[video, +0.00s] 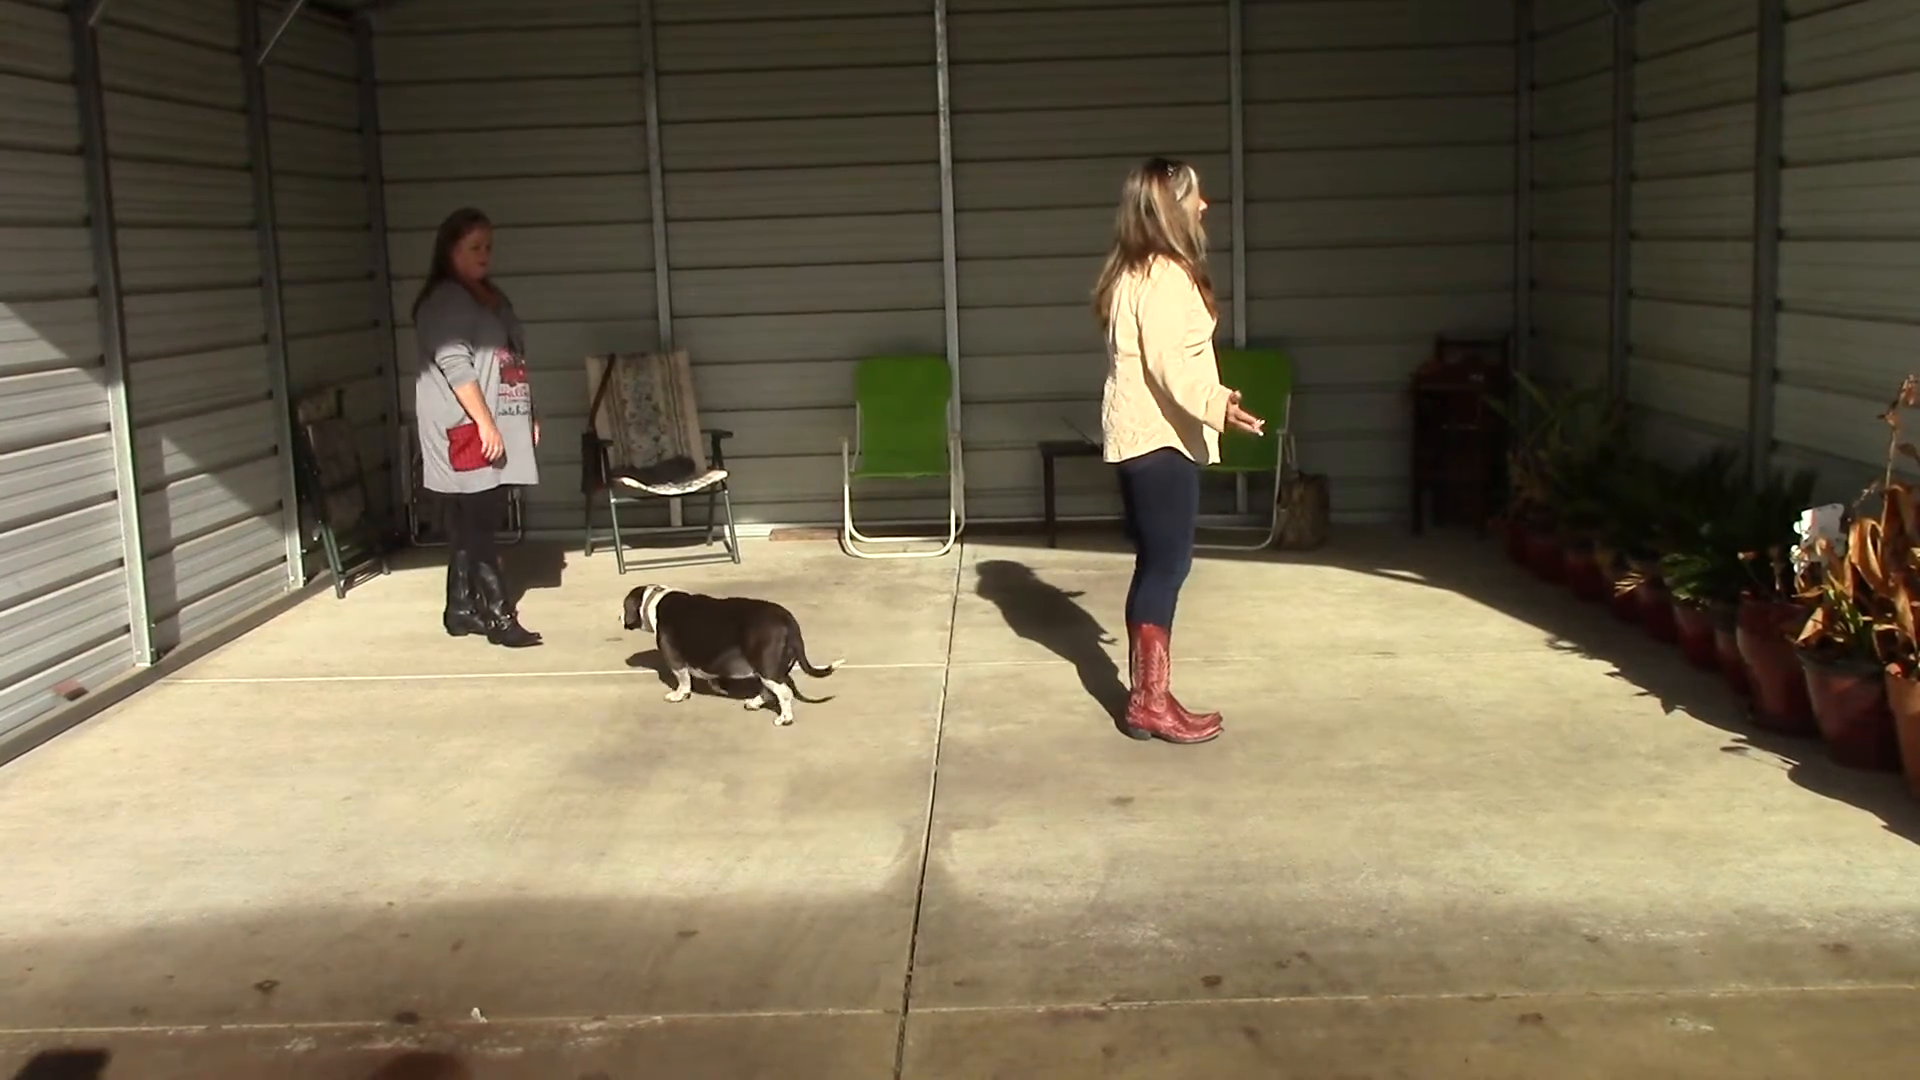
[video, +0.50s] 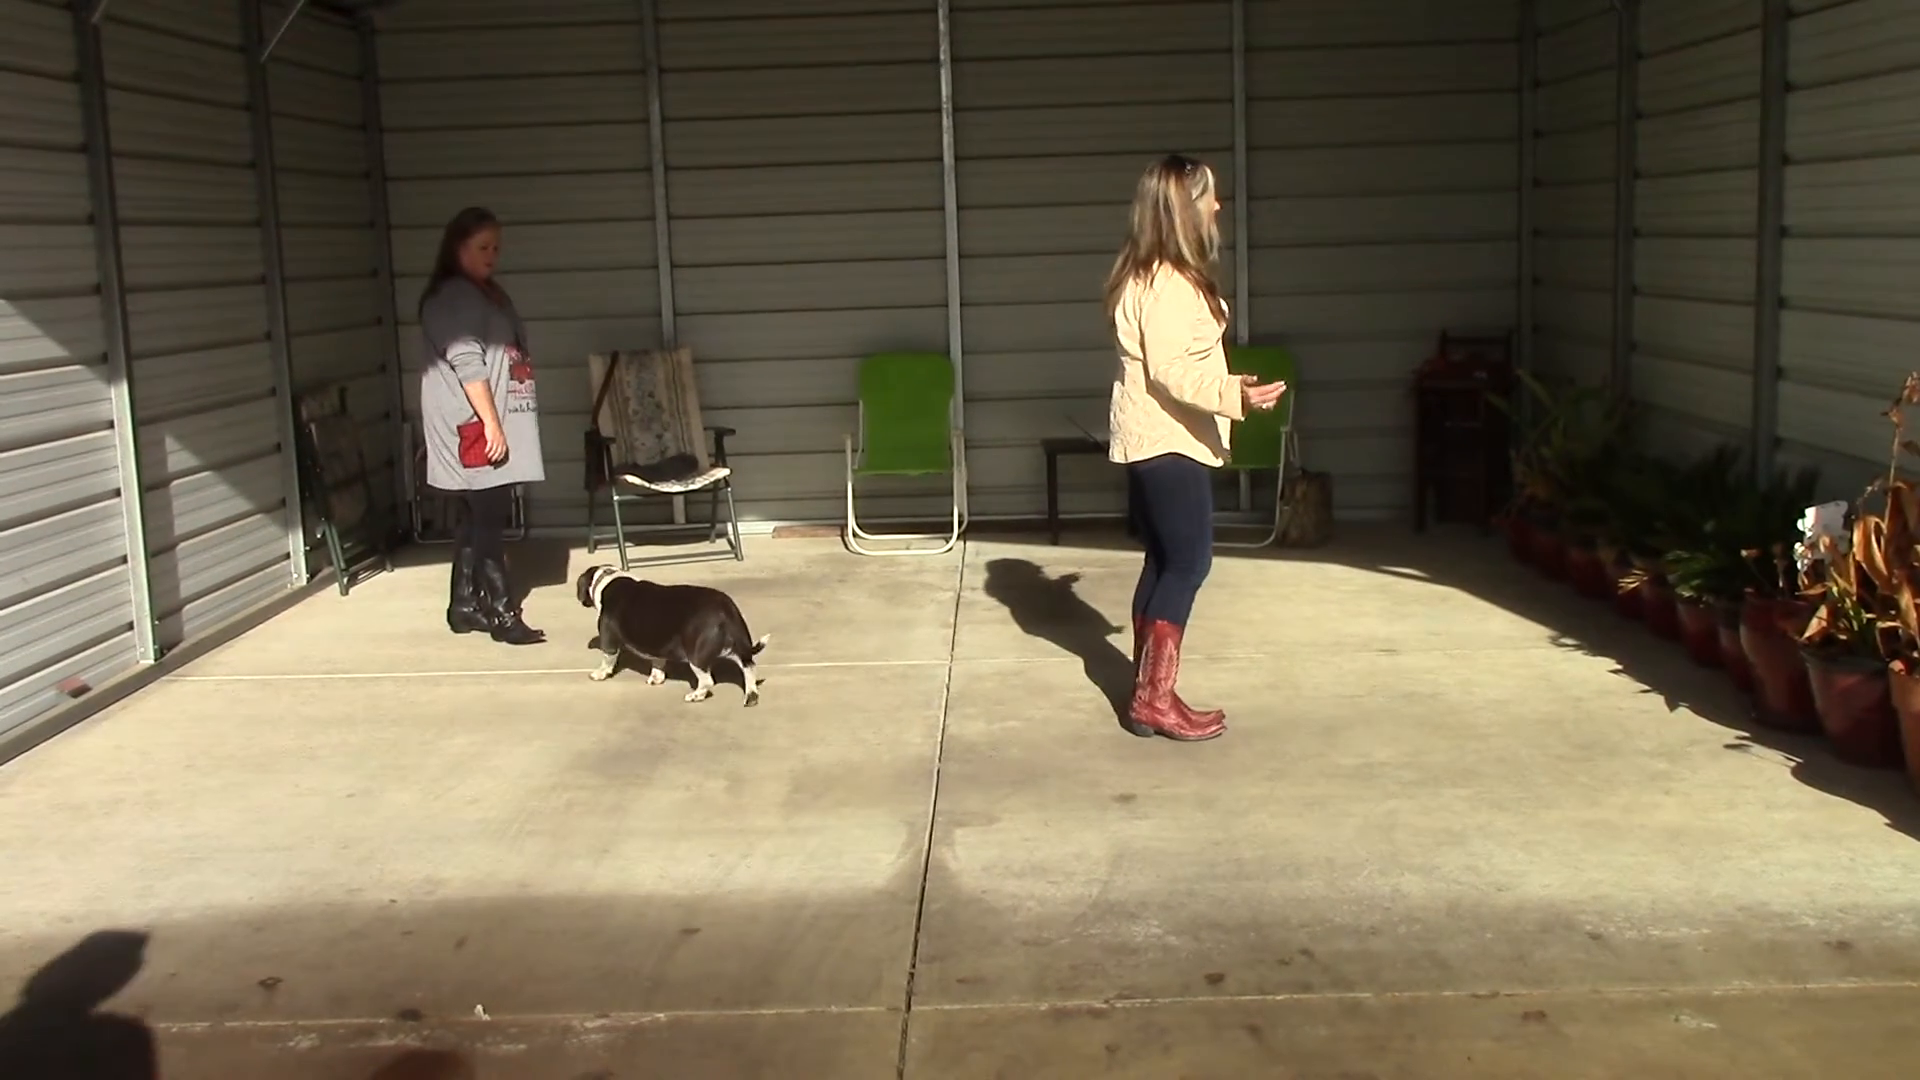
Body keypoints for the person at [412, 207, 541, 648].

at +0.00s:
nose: (485, 255)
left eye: (488, 247)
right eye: (475, 248)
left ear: (491, 250)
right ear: (450, 251)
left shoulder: (494, 298)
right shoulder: (442, 303)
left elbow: (511, 358)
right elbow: (455, 369)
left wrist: (527, 412)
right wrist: (485, 422)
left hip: (485, 421)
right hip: (459, 424)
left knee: (469, 513)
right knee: (482, 514)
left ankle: (460, 606)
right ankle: (497, 614)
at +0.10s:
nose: (489, 253)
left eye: (493, 245)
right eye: (480, 245)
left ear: (495, 248)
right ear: (454, 249)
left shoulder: (495, 296)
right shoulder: (445, 300)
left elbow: (511, 356)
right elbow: (461, 367)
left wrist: (512, 416)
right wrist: (497, 418)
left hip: (488, 420)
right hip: (465, 423)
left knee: (475, 510)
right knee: (488, 510)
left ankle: (463, 603)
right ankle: (501, 613)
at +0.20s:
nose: (489, 254)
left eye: (492, 246)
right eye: (480, 247)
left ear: (493, 248)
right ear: (454, 249)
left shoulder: (491, 295)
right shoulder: (445, 302)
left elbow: (507, 356)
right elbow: (462, 368)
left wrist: (511, 416)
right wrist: (498, 419)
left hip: (487, 421)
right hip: (466, 424)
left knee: (475, 511)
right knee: (488, 512)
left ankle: (464, 604)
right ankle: (502, 613)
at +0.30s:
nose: (489, 254)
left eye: (492, 246)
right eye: (480, 246)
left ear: (493, 248)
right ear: (454, 248)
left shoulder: (488, 293)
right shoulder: (447, 300)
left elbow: (498, 358)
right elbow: (465, 367)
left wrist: (510, 417)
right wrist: (496, 419)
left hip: (484, 420)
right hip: (467, 423)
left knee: (475, 510)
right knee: (488, 511)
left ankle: (464, 603)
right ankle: (500, 612)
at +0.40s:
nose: (490, 254)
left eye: (493, 246)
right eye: (481, 246)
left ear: (495, 248)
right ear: (456, 248)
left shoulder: (486, 293)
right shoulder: (450, 298)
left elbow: (495, 359)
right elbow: (466, 366)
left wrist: (509, 418)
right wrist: (493, 421)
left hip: (484, 419)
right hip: (468, 422)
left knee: (474, 511)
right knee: (487, 512)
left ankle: (464, 603)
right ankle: (500, 611)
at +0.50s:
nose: (492, 255)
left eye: (495, 247)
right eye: (483, 247)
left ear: (496, 249)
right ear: (458, 249)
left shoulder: (487, 294)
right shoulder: (451, 298)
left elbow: (495, 360)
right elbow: (467, 366)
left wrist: (508, 421)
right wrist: (491, 423)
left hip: (485, 420)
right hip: (469, 423)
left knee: (478, 510)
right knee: (490, 510)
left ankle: (464, 602)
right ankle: (500, 611)